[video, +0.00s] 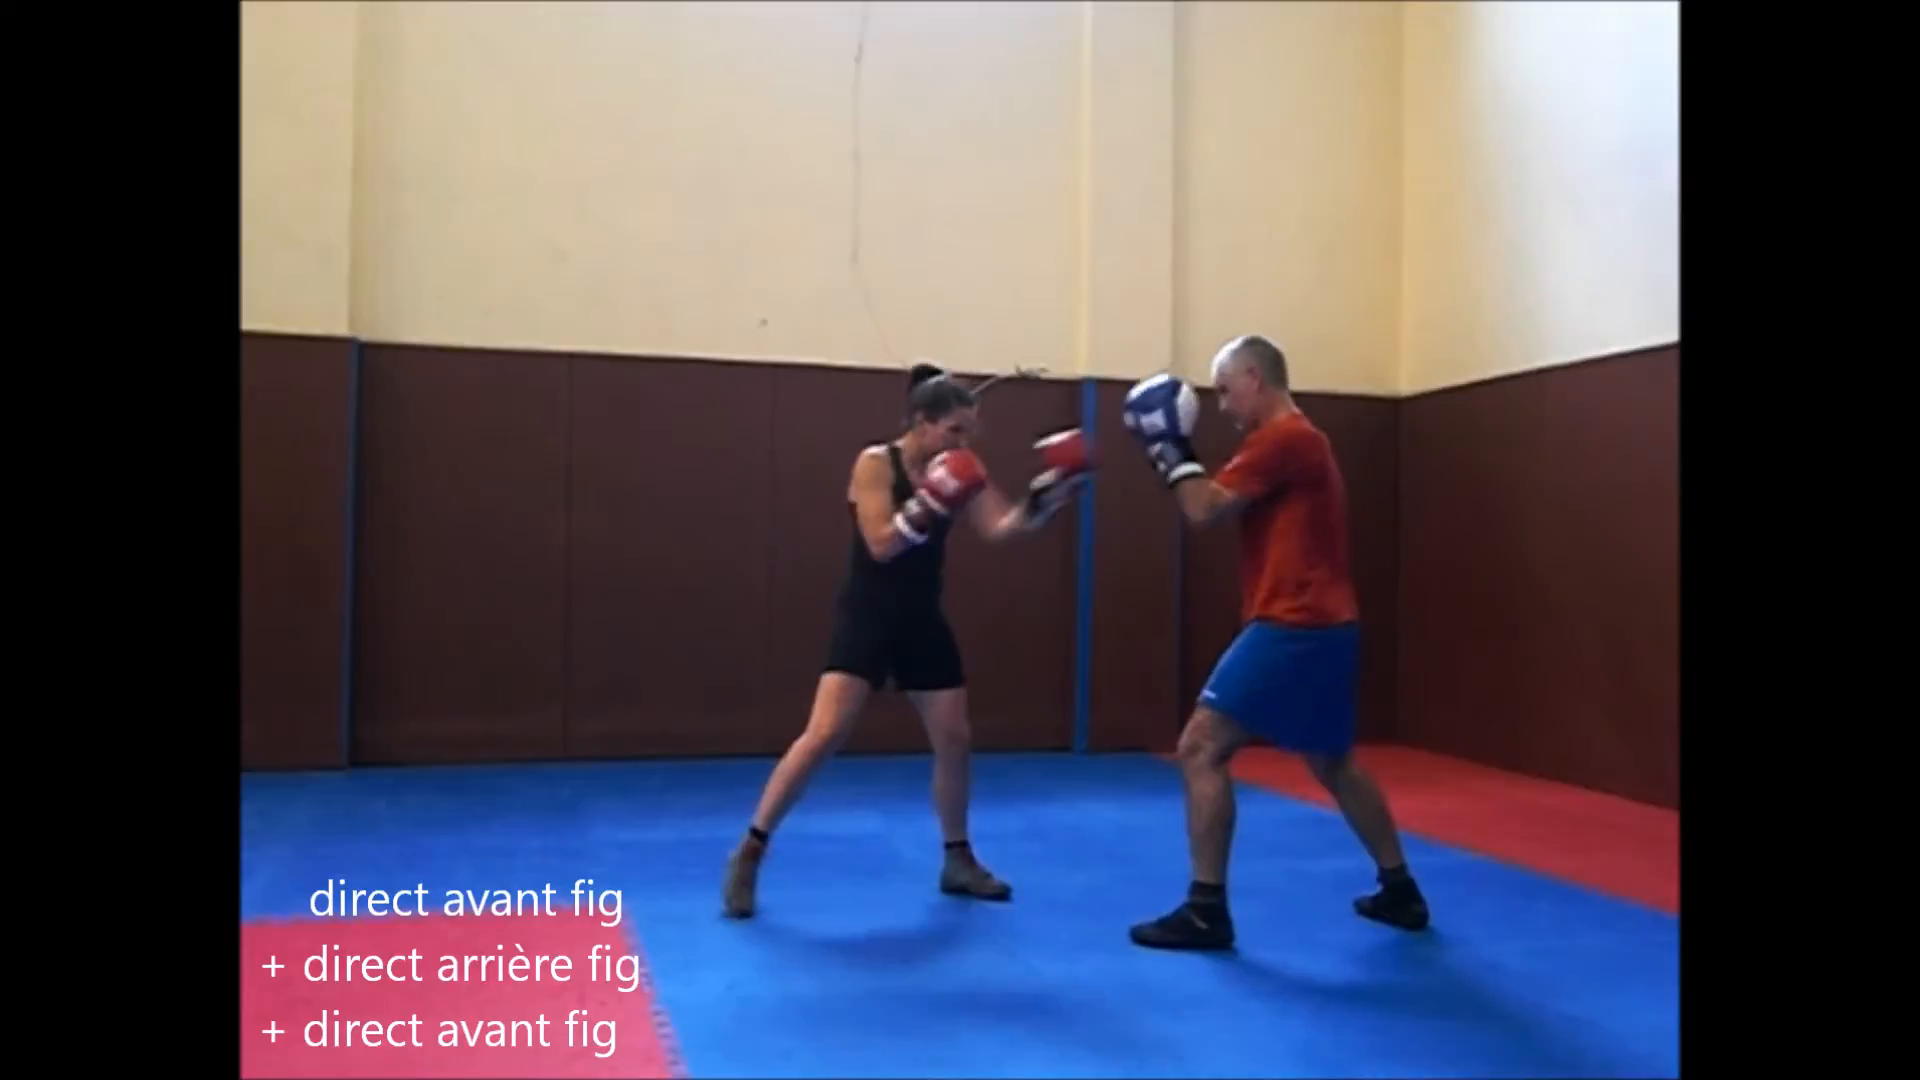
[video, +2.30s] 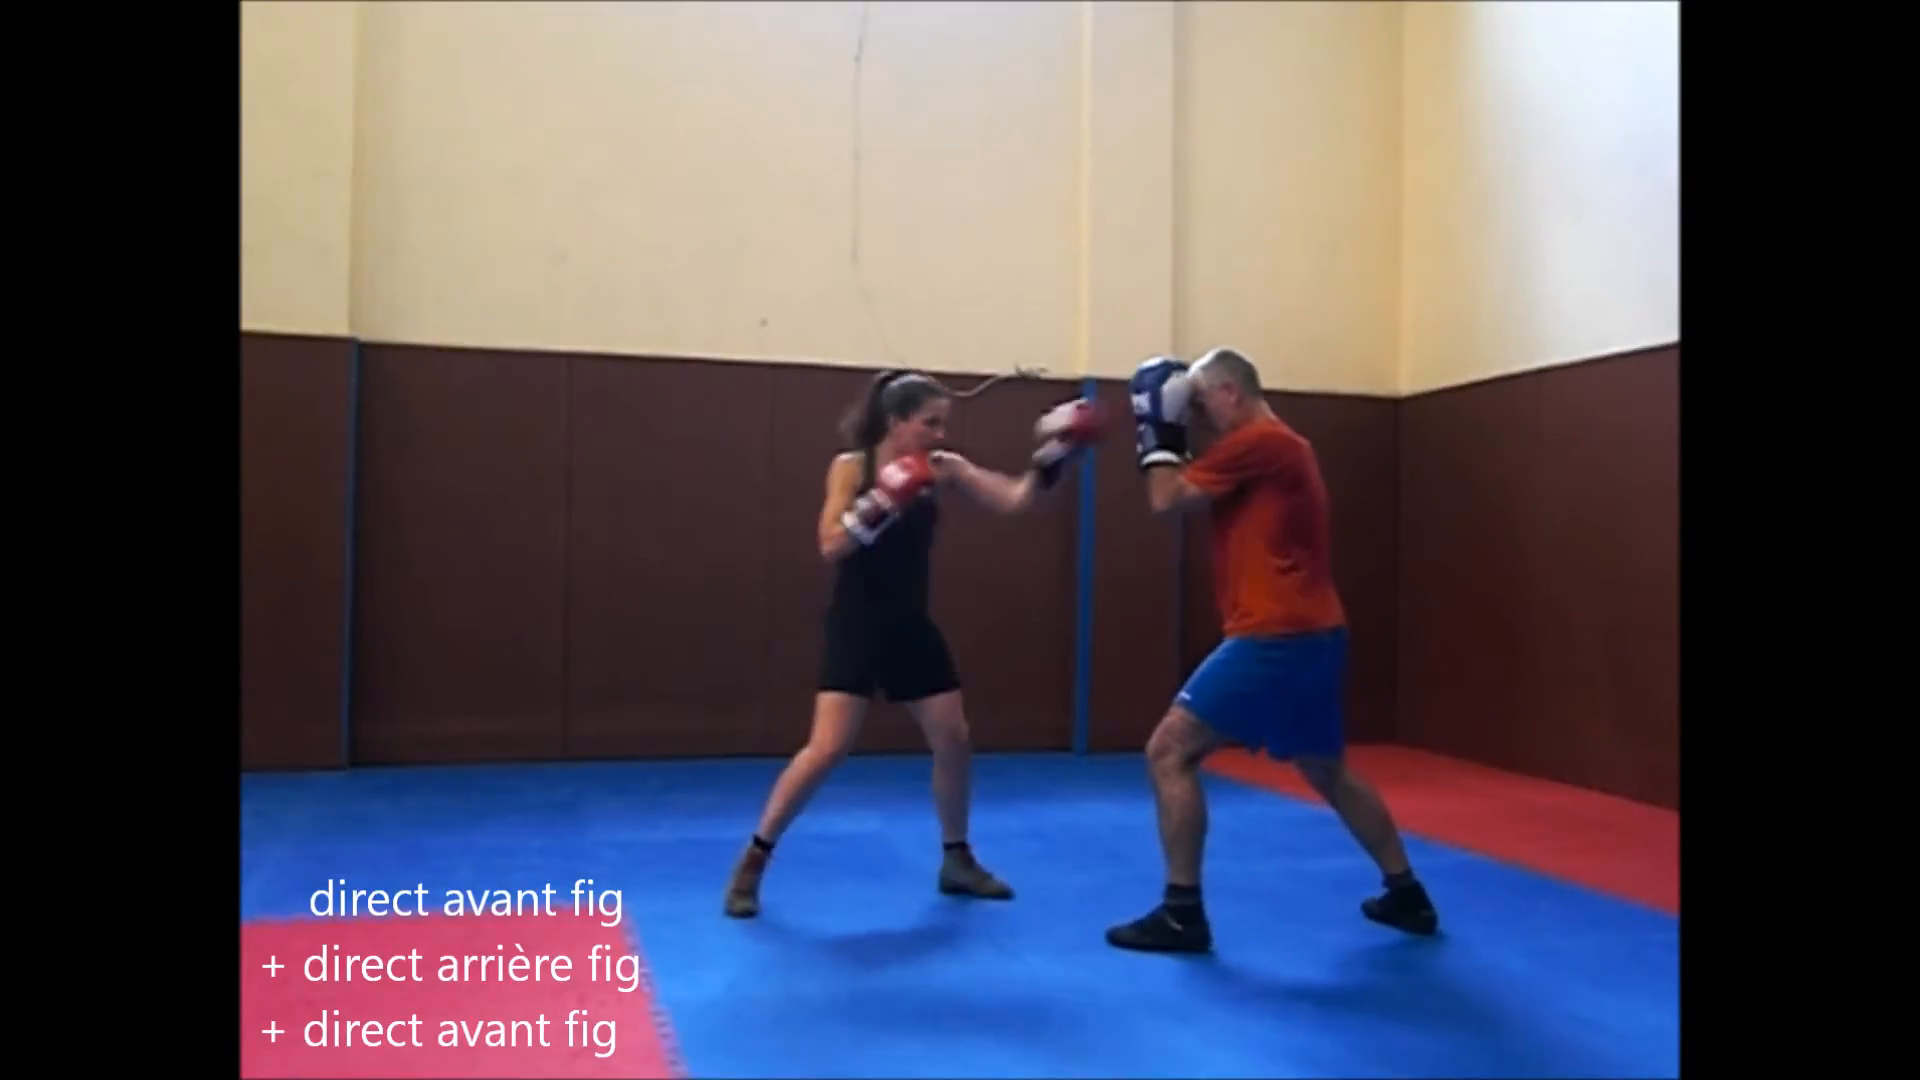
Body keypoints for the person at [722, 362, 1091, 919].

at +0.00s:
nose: (963, 440)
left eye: (967, 430)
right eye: (956, 429)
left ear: (955, 427)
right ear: (923, 422)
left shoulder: (956, 470)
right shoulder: (876, 464)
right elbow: (881, 543)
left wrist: (1045, 496)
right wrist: (931, 503)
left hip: (922, 621)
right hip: (867, 619)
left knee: (953, 738)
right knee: (824, 733)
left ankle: (958, 861)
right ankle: (749, 853)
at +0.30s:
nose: (923, 452)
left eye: (928, 442)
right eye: (922, 440)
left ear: (902, 432)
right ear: (896, 429)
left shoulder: (891, 476)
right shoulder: (846, 463)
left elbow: (943, 531)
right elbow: (912, 523)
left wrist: (967, 477)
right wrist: (945, 475)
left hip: (865, 627)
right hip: (814, 627)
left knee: (923, 736)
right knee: (782, 751)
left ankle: (936, 857)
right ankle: (719, 867)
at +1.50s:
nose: (860, 442)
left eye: (864, 432)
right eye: (857, 430)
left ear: (838, 425)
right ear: (828, 422)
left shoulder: (834, 475)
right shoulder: (784, 469)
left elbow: (879, 539)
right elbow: (844, 532)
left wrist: (899, 483)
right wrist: (878, 476)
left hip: (840, 634)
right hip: (790, 636)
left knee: (897, 743)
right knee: (762, 765)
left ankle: (901, 865)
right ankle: (702, 879)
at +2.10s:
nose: (894, 421)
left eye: (898, 411)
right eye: (885, 410)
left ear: (877, 415)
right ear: (850, 410)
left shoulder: (883, 460)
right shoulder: (810, 457)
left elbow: (922, 521)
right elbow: (837, 532)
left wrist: (955, 485)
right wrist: (888, 483)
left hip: (878, 616)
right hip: (820, 622)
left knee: (949, 712)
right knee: (791, 744)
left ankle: (959, 830)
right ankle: (744, 863)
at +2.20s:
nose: (913, 427)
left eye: (916, 416)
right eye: (902, 416)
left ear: (915, 419)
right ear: (863, 416)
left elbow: (1001, 465)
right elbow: (817, 539)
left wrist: (1058, 446)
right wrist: (867, 491)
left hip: (897, 617)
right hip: (839, 618)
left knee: (942, 734)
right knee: (808, 739)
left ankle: (959, 855)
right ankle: (747, 861)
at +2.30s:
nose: (941, 433)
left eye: (944, 423)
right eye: (932, 422)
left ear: (933, 423)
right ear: (897, 422)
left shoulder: (940, 467)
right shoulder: (852, 469)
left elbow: (1015, 498)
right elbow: (831, 544)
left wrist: (1051, 457)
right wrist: (881, 501)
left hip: (912, 627)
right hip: (857, 626)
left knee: (953, 738)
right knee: (826, 748)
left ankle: (958, 861)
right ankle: (754, 861)